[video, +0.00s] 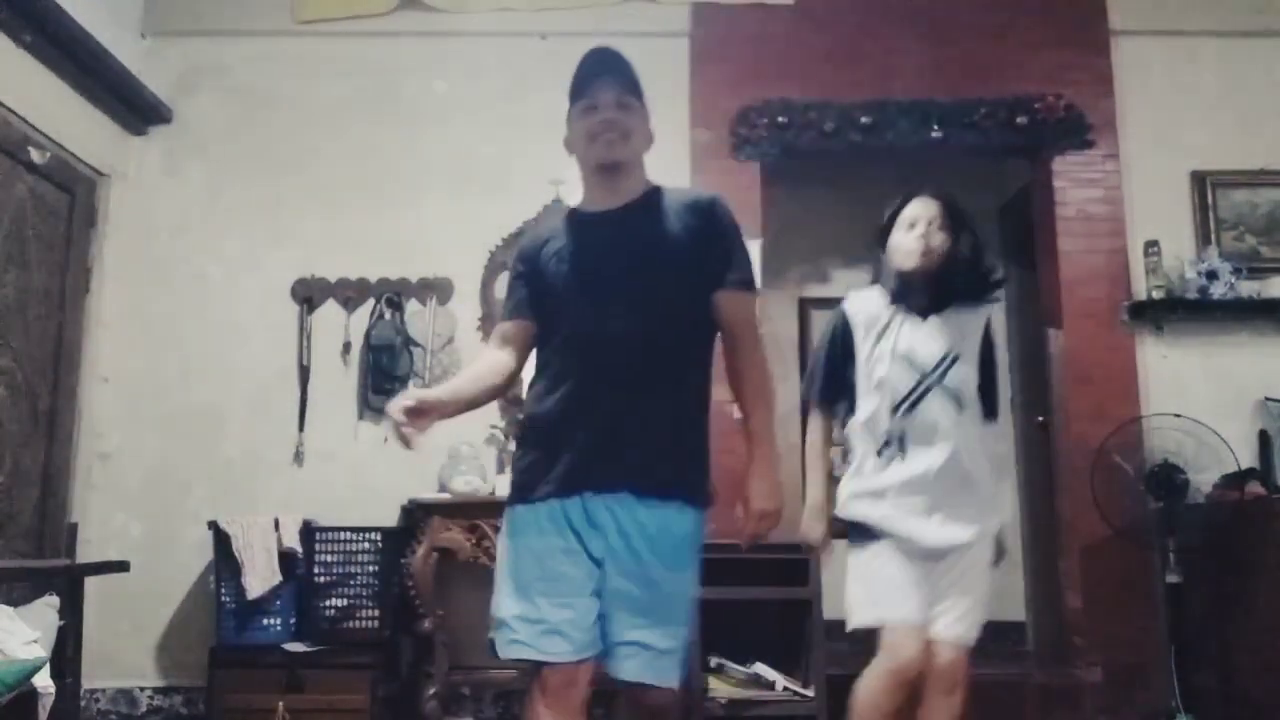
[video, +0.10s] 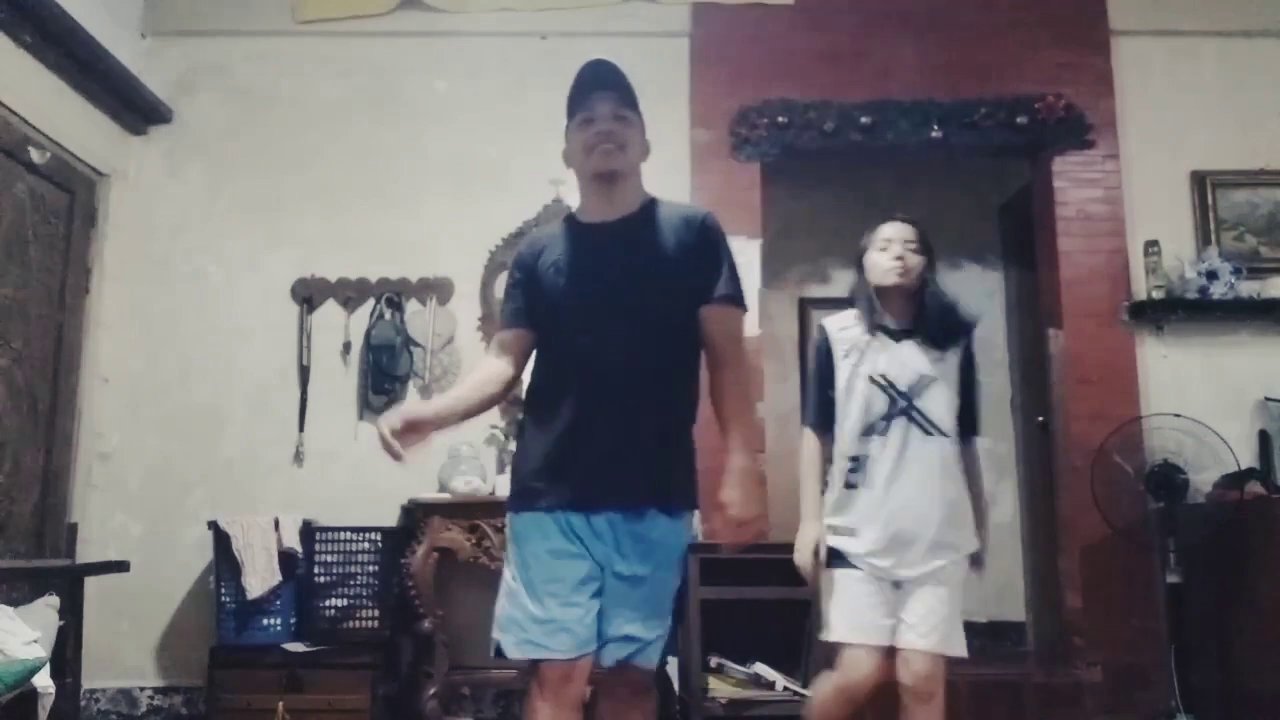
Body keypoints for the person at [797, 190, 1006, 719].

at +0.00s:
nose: (924, 234)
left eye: (937, 226)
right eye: (912, 225)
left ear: (956, 244)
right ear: (888, 241)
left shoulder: (983, 320)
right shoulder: (858, 315)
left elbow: (997, 429)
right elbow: (820, 409)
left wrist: (1001, 522)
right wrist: (816, 500)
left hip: (966, 520)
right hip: (884, 517)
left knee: (949, 665)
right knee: (902, 656)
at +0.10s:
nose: (898, 255)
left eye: (910, 248)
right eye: (884, 248)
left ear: (926, 267)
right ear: (863, 265)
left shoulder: (953, 337)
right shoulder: (835, 335)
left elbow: (966, 439)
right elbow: (815, 432)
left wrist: (979, 525)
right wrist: (810, 520)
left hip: (935, 541)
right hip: (859, 538)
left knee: (919, 677)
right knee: (861, 671)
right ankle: (811, 710)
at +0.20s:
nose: (871, 237)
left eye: (885, 230)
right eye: (858, 228)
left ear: (900, 249)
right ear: (837, 244)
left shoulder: (927, 317)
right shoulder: (813, 312)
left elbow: (941, 409)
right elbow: (797, 409)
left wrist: (961, 482)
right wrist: (801, 488)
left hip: (908, 513)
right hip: (830, 510)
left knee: (904, 653)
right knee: (811, 651)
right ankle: (785, 713)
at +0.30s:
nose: (845, 226)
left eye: (858, 219)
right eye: (831, 218)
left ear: (874, 238)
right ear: (810, 236)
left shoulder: (898, 305)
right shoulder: (784, 303)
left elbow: (912, 394)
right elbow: (773, 397)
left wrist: (928, 466)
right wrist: (779, 477)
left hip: (876, 492)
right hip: (801, 492)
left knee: (883, 632)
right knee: (780, 623)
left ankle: (895, 719)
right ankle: (754, 708)